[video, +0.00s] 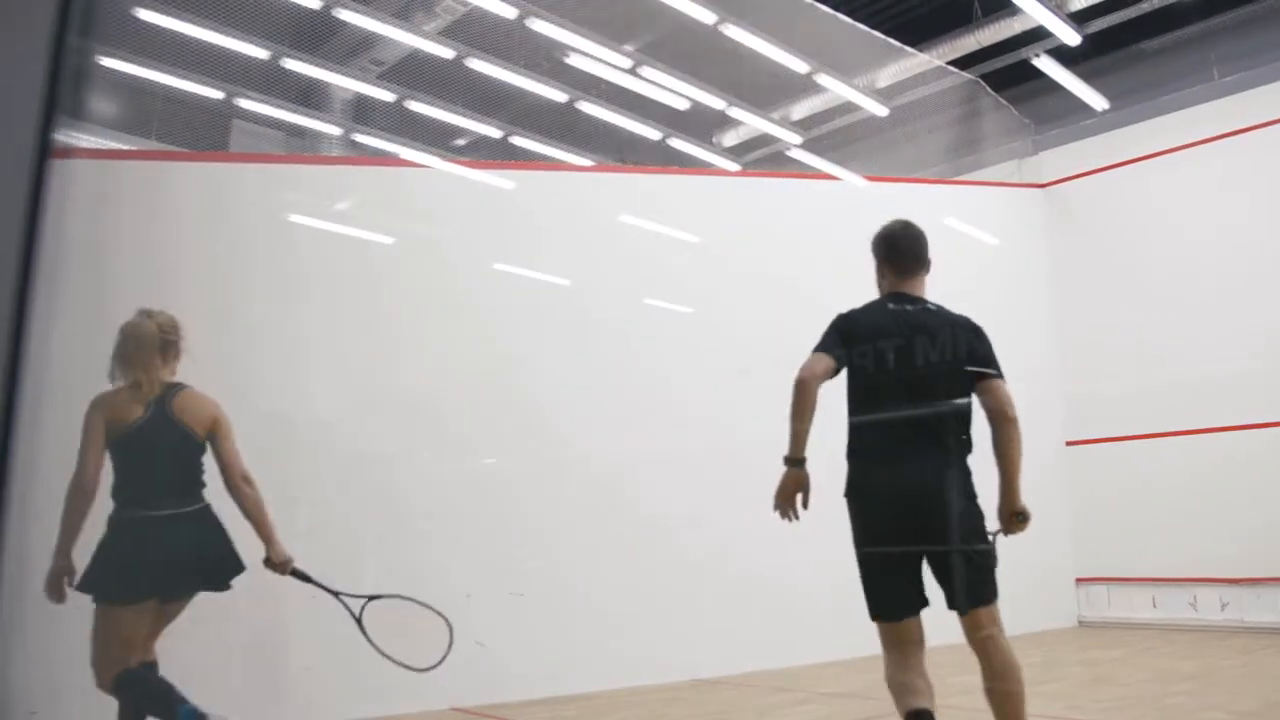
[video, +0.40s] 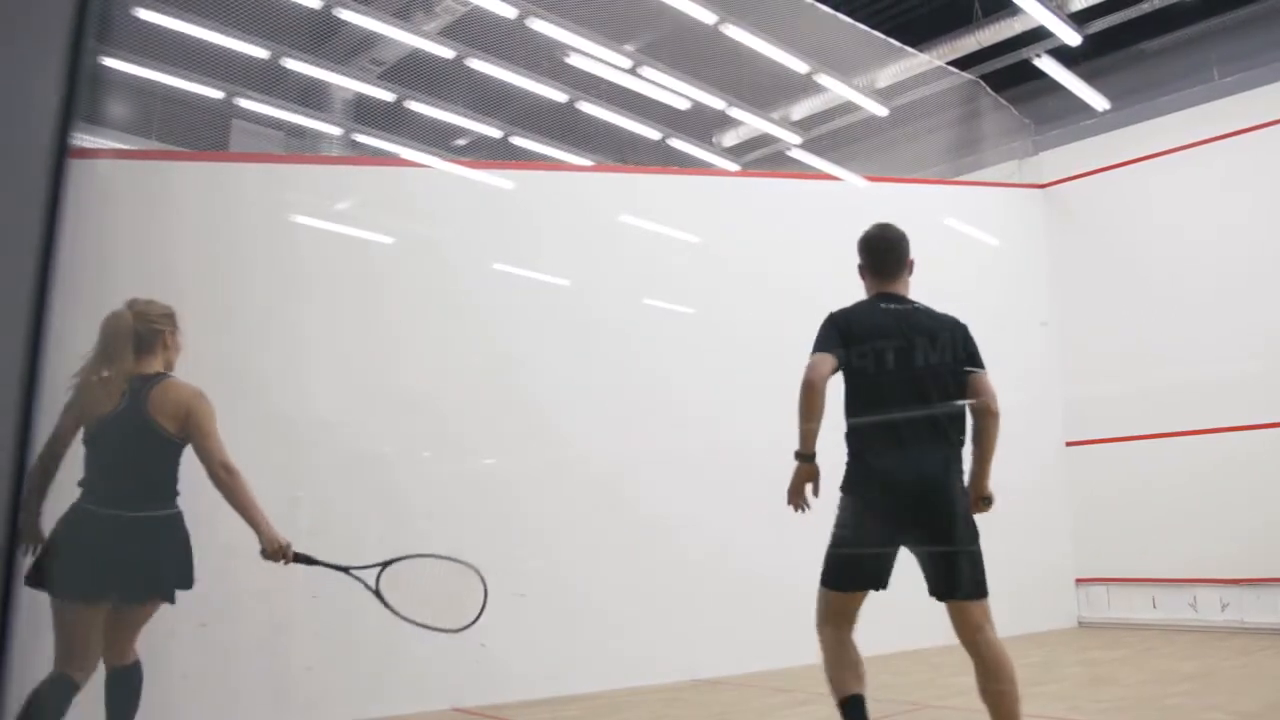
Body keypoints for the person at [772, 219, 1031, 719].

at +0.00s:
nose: (880, 273)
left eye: (878, 266)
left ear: (877, 268)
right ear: (928, 267)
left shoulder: (851, 326)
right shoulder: (962, 330)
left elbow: (807, 377)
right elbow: (1004, 413)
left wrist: (795, 462)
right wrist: (1011, 495)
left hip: (877, 510)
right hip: (950, 506)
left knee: (902, 648)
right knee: (987, 633)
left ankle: (919, 713)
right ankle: (1012, 716)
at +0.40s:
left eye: (860, 268)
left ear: (861, 271)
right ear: (911, 268)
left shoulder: (844, 324)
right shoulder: (951, 328)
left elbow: (814, 379)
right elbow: (986, 406)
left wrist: (806, 457)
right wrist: (980, 481)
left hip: (871, 498)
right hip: (941, 498)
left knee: (835, 624)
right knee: (980, 634)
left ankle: (855, 714)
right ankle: (1009, 715)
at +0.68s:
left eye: (830, 282)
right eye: (873, 280)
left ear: (827, 286)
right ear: (877, 284)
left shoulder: (818, 338)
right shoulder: (918, 340)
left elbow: (801, 402)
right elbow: (957, 417)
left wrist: (790, 480)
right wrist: (938, 484)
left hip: (856, 511)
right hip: (924, 509)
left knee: (796, 630)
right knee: (970, 638)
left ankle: (774, 719)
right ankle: (1007, 718)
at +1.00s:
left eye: (777, 294)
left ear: (778, 298)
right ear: (826, 294)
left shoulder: (773, 350)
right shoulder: (865, 350)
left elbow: (766, 425)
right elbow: (896, 431)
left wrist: (754, 502)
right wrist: (866, 479)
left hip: (812, 514)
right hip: (878, 512)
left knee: (759, 629)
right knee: (932, 635)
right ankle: (986, 717)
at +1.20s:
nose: (758, 296)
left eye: (753, 291)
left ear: (754, 294)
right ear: (802, 291)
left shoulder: (752, 344)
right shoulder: (840, 347)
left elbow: (751, 423)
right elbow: (859, 435)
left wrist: (738, 496)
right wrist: (836, 485)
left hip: (797, 509)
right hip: (860, 508)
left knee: (752, 629)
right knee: (896, 624)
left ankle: (750, 719)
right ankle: (958, 716)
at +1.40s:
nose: (742, 299)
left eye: (741, 292)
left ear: (742, 293)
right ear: (788, 291)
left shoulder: (741, 339)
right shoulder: (819, 345)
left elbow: (743, 410)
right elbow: (826, 440)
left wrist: (724, 486)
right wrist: (762, 478)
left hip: (791, 501)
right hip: (848, 498)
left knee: (751, 629)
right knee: (865, 618)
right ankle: (929, 715)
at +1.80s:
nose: (737, 303)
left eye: (732, 297)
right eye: (778, 296)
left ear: (732, 298)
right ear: (778, 300)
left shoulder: (738, 335)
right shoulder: (794, 348)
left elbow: (740, 392)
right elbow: (773, 444)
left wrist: (699, 463)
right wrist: (699, 452)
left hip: (786, 499)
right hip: (837, 499)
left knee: (750, 630)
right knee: (829, 613)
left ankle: (755, 718)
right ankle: (861, 716)